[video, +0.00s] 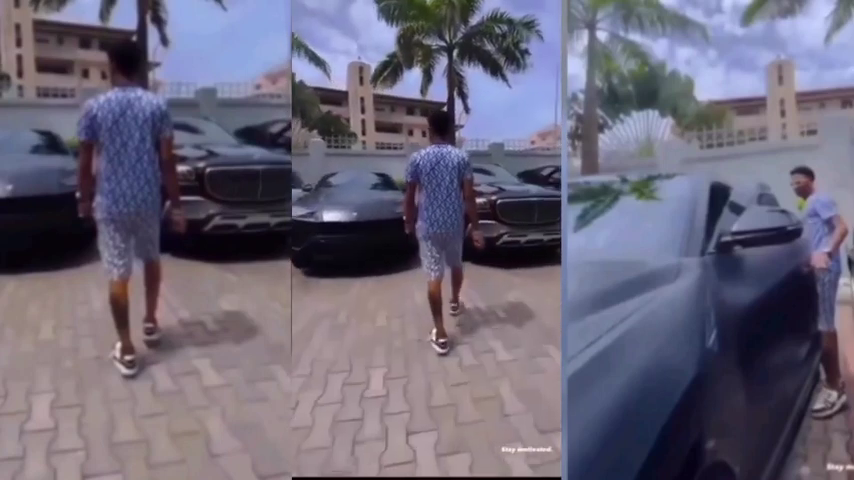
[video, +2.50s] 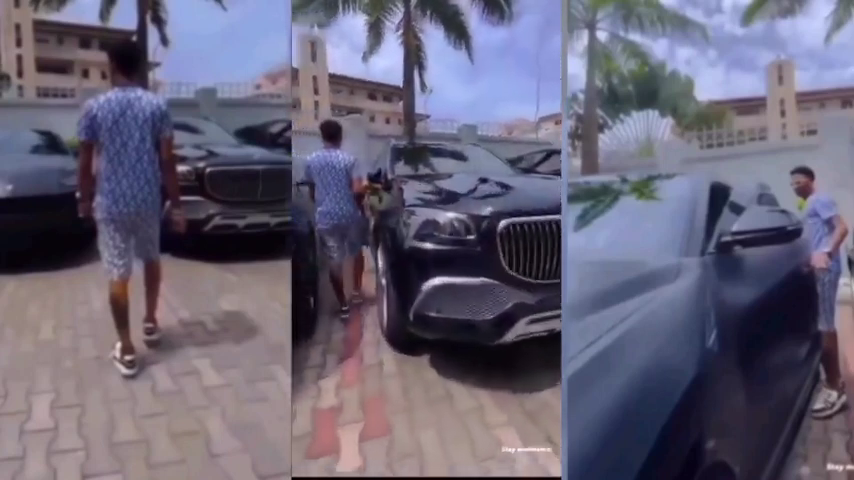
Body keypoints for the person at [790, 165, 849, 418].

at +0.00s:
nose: (796, 187)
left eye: (799, 183)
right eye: (793, 184)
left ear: (811, 181)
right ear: (797, 185)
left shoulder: (821, 201)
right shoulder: (809, 205)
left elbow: (842, 227)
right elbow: (820, 234)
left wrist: (827, 253)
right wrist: (810, 255)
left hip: (825, 268)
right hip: (815, 268)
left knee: (825, 327)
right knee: (822, 327)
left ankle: (834, 388)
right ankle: (830, 385)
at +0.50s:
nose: (796, 187)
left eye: (799, 183)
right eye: (793, 184)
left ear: (811, 181)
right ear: (797, 185)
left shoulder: (821, 201)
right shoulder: (809, 205)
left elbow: (842, 227)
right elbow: (820, 234)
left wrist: (827, 253)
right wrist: (810, 255)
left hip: (825, 268)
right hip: (815, 268)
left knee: (825, 327)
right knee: (822, 327)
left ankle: (834, 388)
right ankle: (830, 385)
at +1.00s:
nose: (796, 187)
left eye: (799, 183)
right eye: (793, 184)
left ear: (811, 181)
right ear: (797, 185)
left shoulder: (821, 201)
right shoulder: (809, 205)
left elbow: (842, 227)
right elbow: (820, 234)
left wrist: (827, 253)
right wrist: (810, 255)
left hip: (825, 268)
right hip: (815, 268)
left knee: (825, 327)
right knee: (822, 327)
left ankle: (834, 388)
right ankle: (830, 385)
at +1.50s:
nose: (796, 187)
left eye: (799, 183)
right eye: (793, 184)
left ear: (811, 181)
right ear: (797, 185)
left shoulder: (821, 201)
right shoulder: (809, 205)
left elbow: (842, 227)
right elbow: (820, 234)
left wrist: (827, 253)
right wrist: (810, 255)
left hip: (825, 268)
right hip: (815, 268)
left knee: (825, 327)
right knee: (822, 327)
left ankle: (834, 388)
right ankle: (830, 385)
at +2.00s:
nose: (796, 187)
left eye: (799, 183)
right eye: (793, 184)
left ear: (811, 181)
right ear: (797, 185)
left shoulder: (821, 201)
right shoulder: (809, 205)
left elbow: (842, 227)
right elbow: (820, 234)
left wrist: (827, 253)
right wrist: (810, 255)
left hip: (825, 268)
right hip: (815, 268)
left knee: (825, 327)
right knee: (822, 327)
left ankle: (834, 388)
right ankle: (830, 385)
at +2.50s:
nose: (796, 187)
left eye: (799, 183)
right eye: (793, 184)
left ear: (811, 181)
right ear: (797, 185)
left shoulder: (821, 201)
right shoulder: (809, 205)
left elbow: (842, 227)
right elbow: (820, 234)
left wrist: (827, 253)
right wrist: (810, 255)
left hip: (825, 268)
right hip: (815, 268)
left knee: (825, 327)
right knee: (822, 327)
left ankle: (834, 388)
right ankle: (830, 385)